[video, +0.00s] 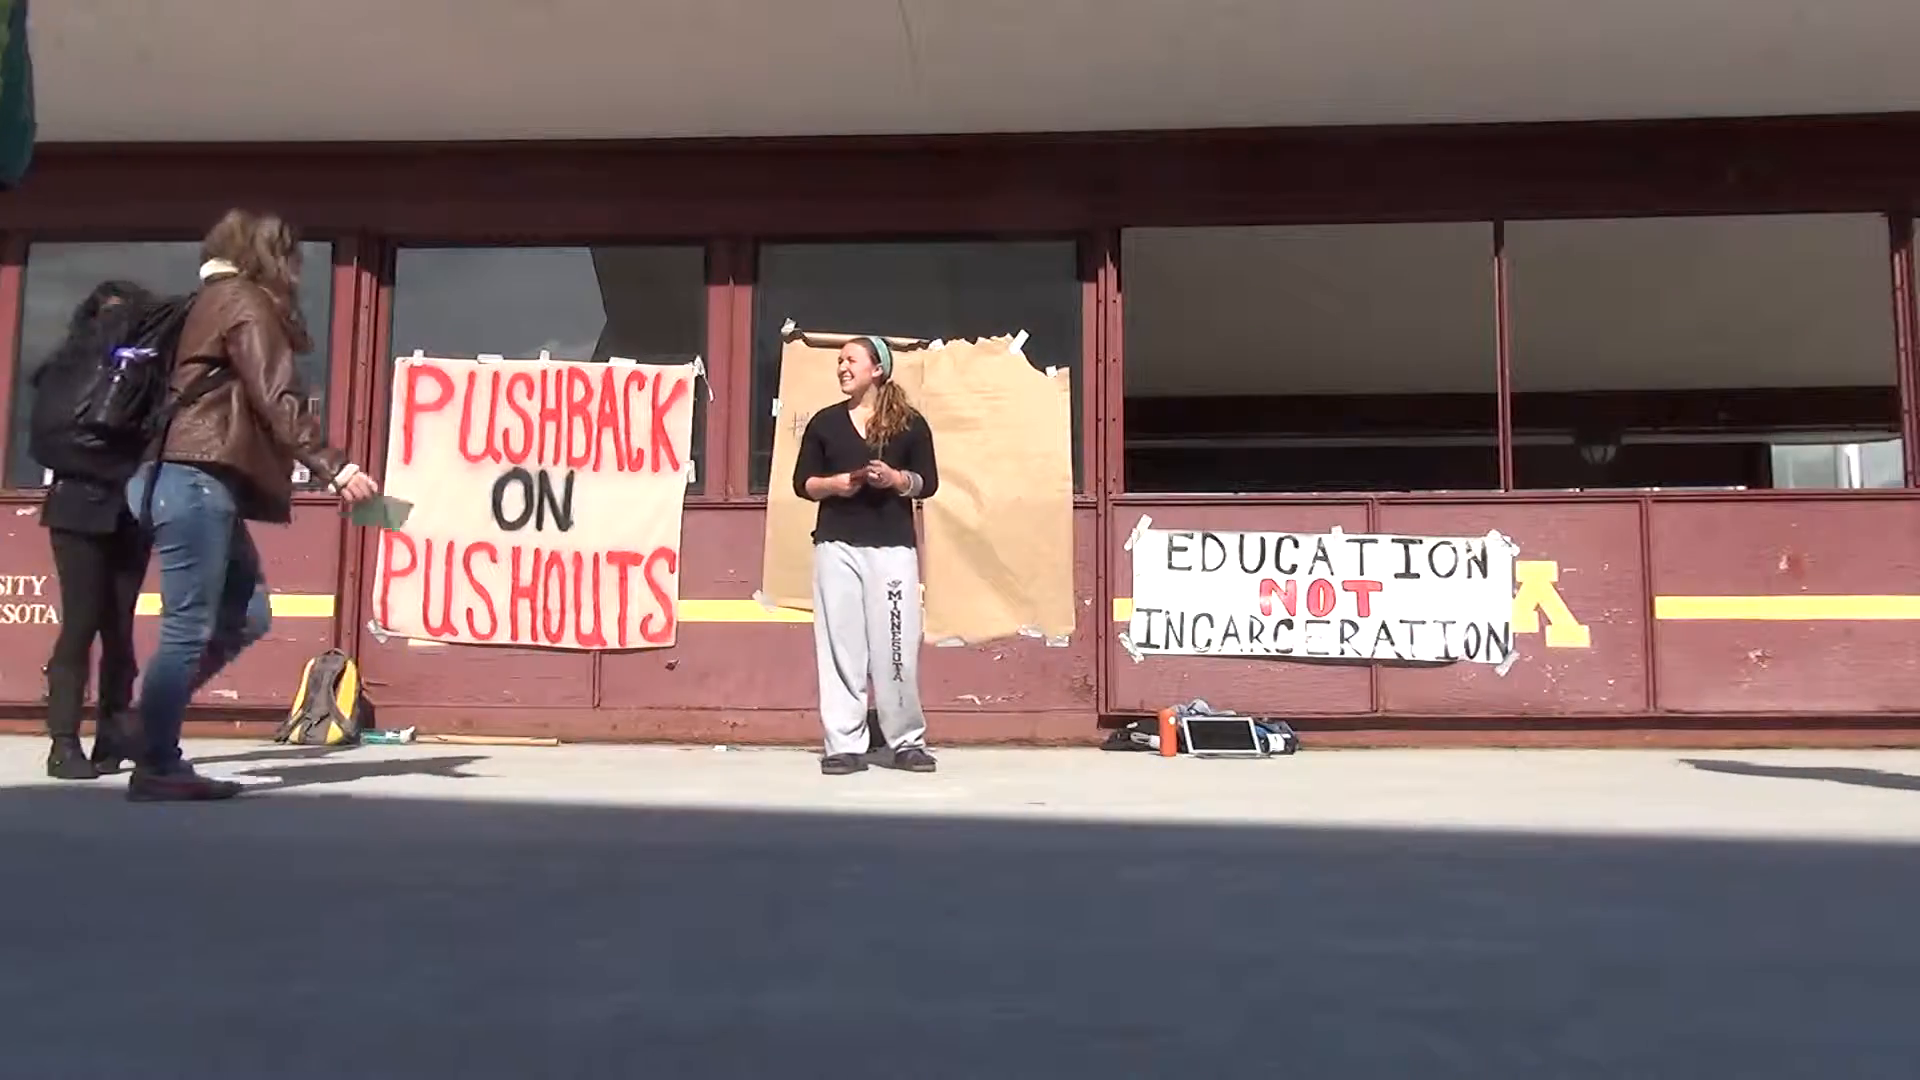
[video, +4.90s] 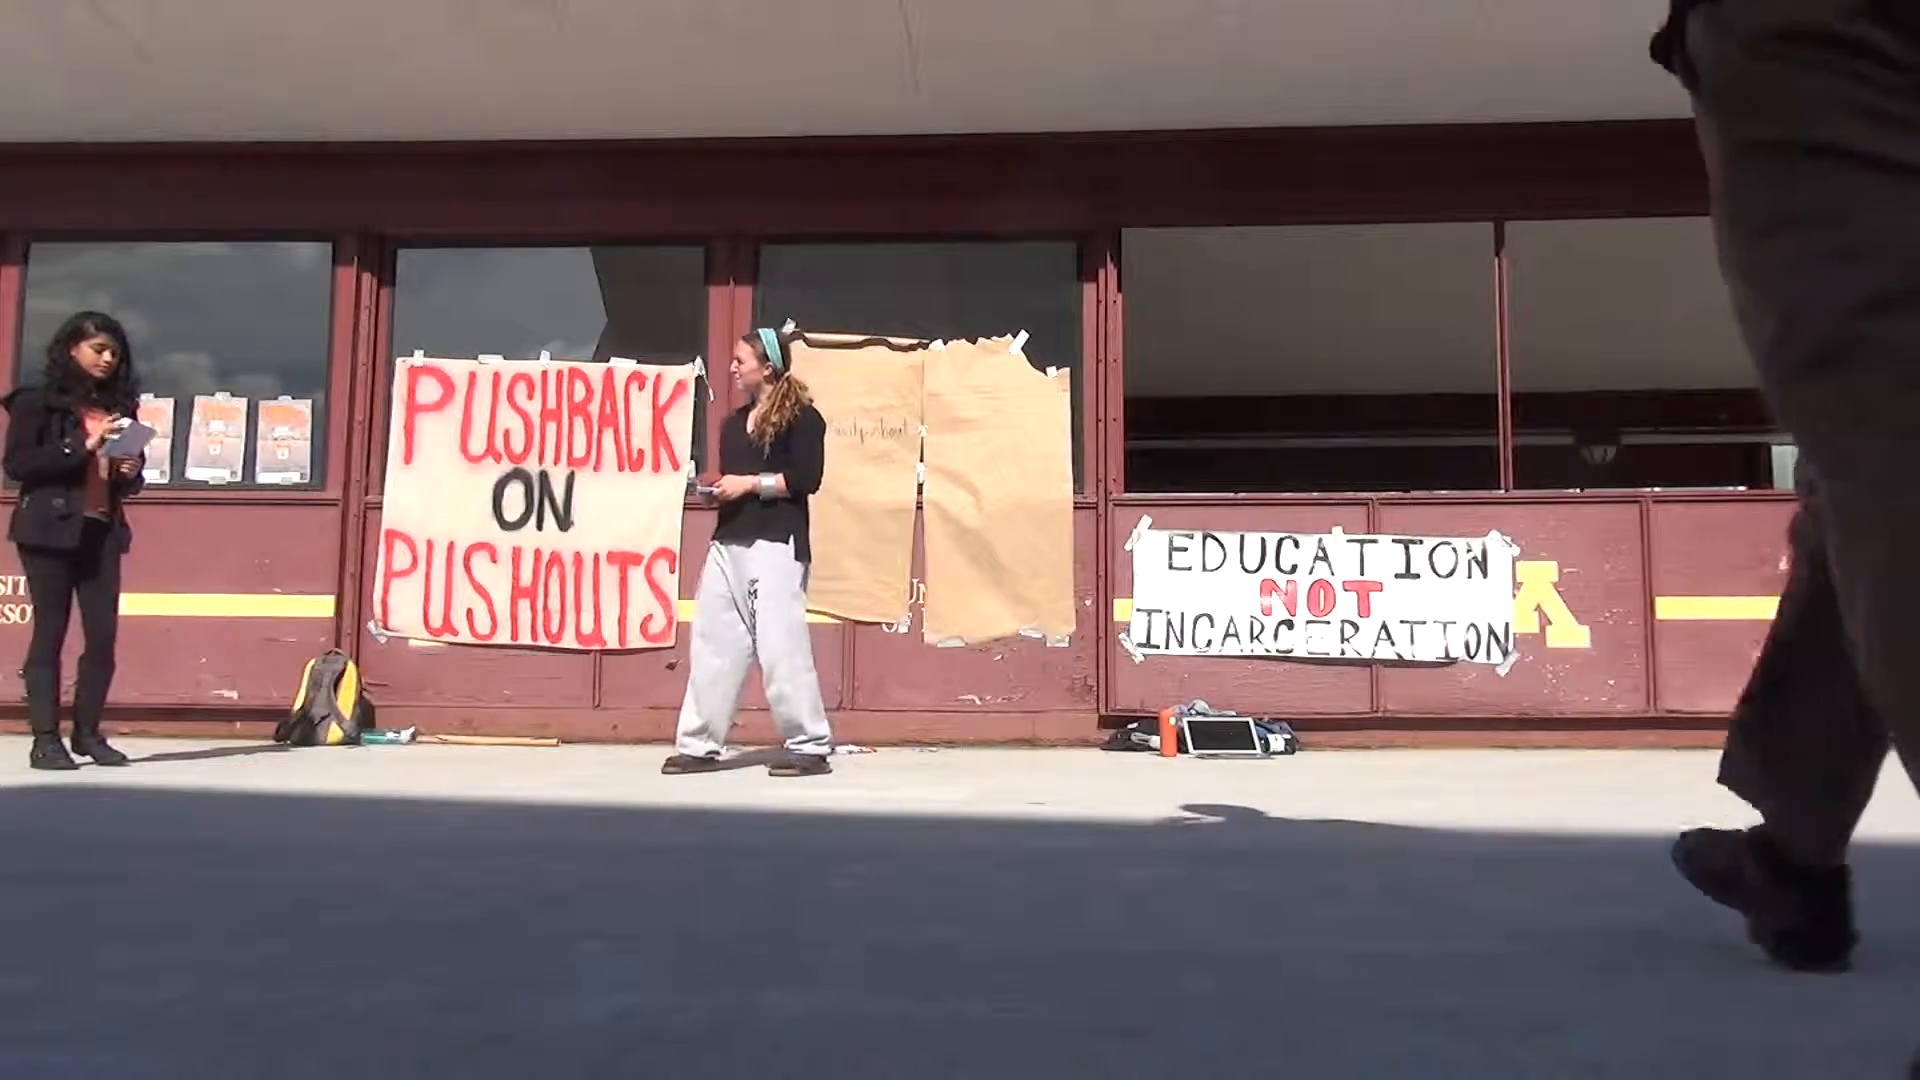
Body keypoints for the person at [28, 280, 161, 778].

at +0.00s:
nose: (119, 317)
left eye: (126, 309)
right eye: (113, 308)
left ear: (136, 317)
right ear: (97, 312)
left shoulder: (147, 362)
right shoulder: (71, 362)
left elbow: (158, 431)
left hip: (132, 505)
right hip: (79, 501)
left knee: (118, 626)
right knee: (80, 623)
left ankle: (113, 737)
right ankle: (65, 744)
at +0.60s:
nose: (122, 338)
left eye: (132, 330)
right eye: (113, 329)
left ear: (146, 337)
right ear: (96, 333)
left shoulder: (168, 394)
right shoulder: (73, 383)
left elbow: (178, 467)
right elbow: (48, 452)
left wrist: (138, 462)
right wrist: (72, 460)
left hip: (134, 518)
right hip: (76, 511)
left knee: (121, 627)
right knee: (49, 619)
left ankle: (107, 743)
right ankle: (42, 739)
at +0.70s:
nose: (121, 339)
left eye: (131, 331)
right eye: (112, 329)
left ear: (146, 338)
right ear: (96, 334)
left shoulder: (167, 394)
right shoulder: (74, 383)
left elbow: (178, 469)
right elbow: (51, 451)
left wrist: (139, 461)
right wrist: (31, 484)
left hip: (132, 520)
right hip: (75, 514)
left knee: (118, 626)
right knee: (41, 620)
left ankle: (107, 742)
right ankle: (37, 733)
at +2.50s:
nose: (145, 368)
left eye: (152, 362)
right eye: (136, 359)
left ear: (158, 370)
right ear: (112, 361)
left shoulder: (168, 416)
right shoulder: (82, 413)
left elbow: (187, 483)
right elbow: (64, 482)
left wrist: (177, 484)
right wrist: (103, 481)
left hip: (151, 532)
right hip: (99, 530)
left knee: (138, 629)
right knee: (76, 628)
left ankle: (128, 737)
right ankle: (41, 738)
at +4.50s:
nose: (102, 358)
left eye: (110, 352)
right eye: (94, 348)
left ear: (116, 358)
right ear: (66, 348)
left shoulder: (119, 404)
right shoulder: (33, 399)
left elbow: (132, 476)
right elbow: (16, 463)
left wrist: (130, 470)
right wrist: (75, 437)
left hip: (102, 527)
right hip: (48, 525)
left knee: (105, 634)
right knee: (52, 630)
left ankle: (95, 731)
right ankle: (46, 737)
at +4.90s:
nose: (106, 359)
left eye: (113, 352)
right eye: (97, 349)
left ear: (120, 358)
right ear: (70, 349)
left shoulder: (121, 407)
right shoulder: (36, 400)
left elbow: (128, 484)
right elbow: (18, 465)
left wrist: (129, 473)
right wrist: (81, 448)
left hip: (101, 529)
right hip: (48, 527)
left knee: (102, 637)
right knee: (50, 631)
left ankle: (87, 734)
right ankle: (46, 739)